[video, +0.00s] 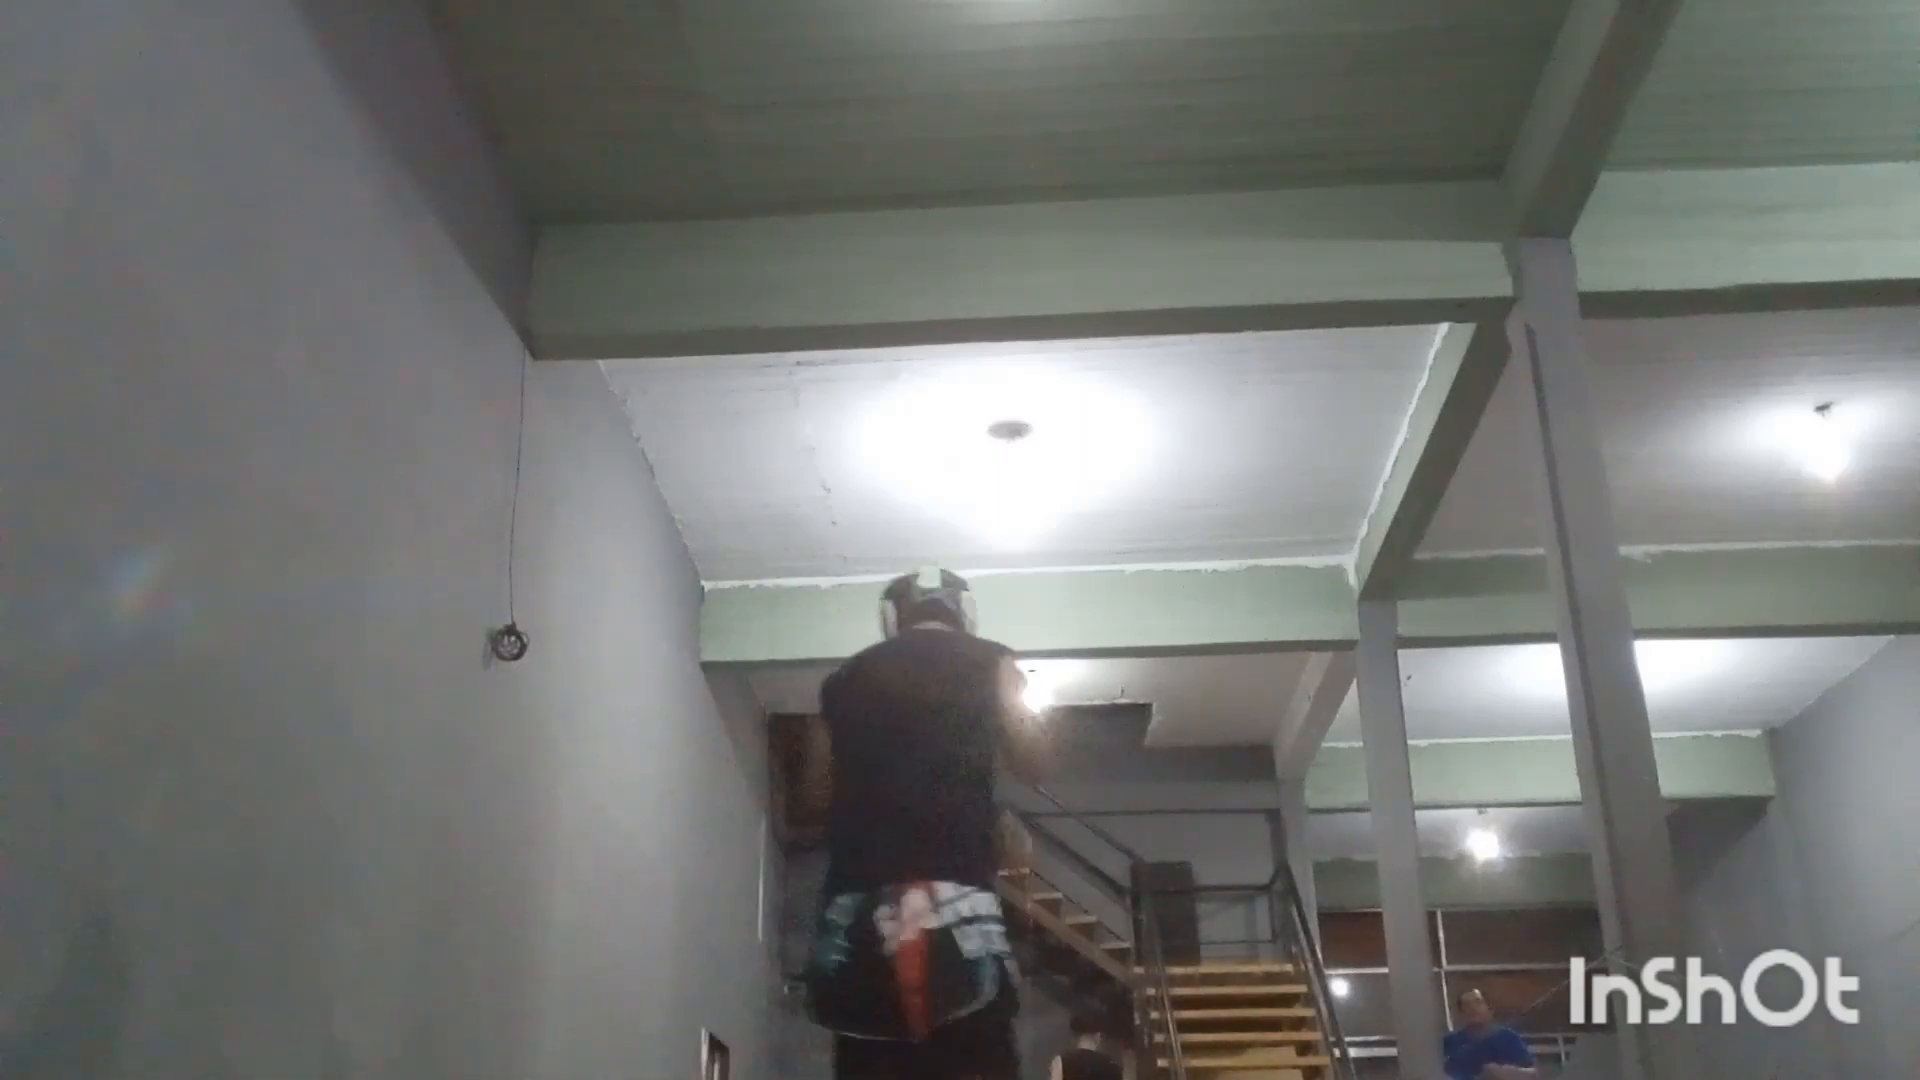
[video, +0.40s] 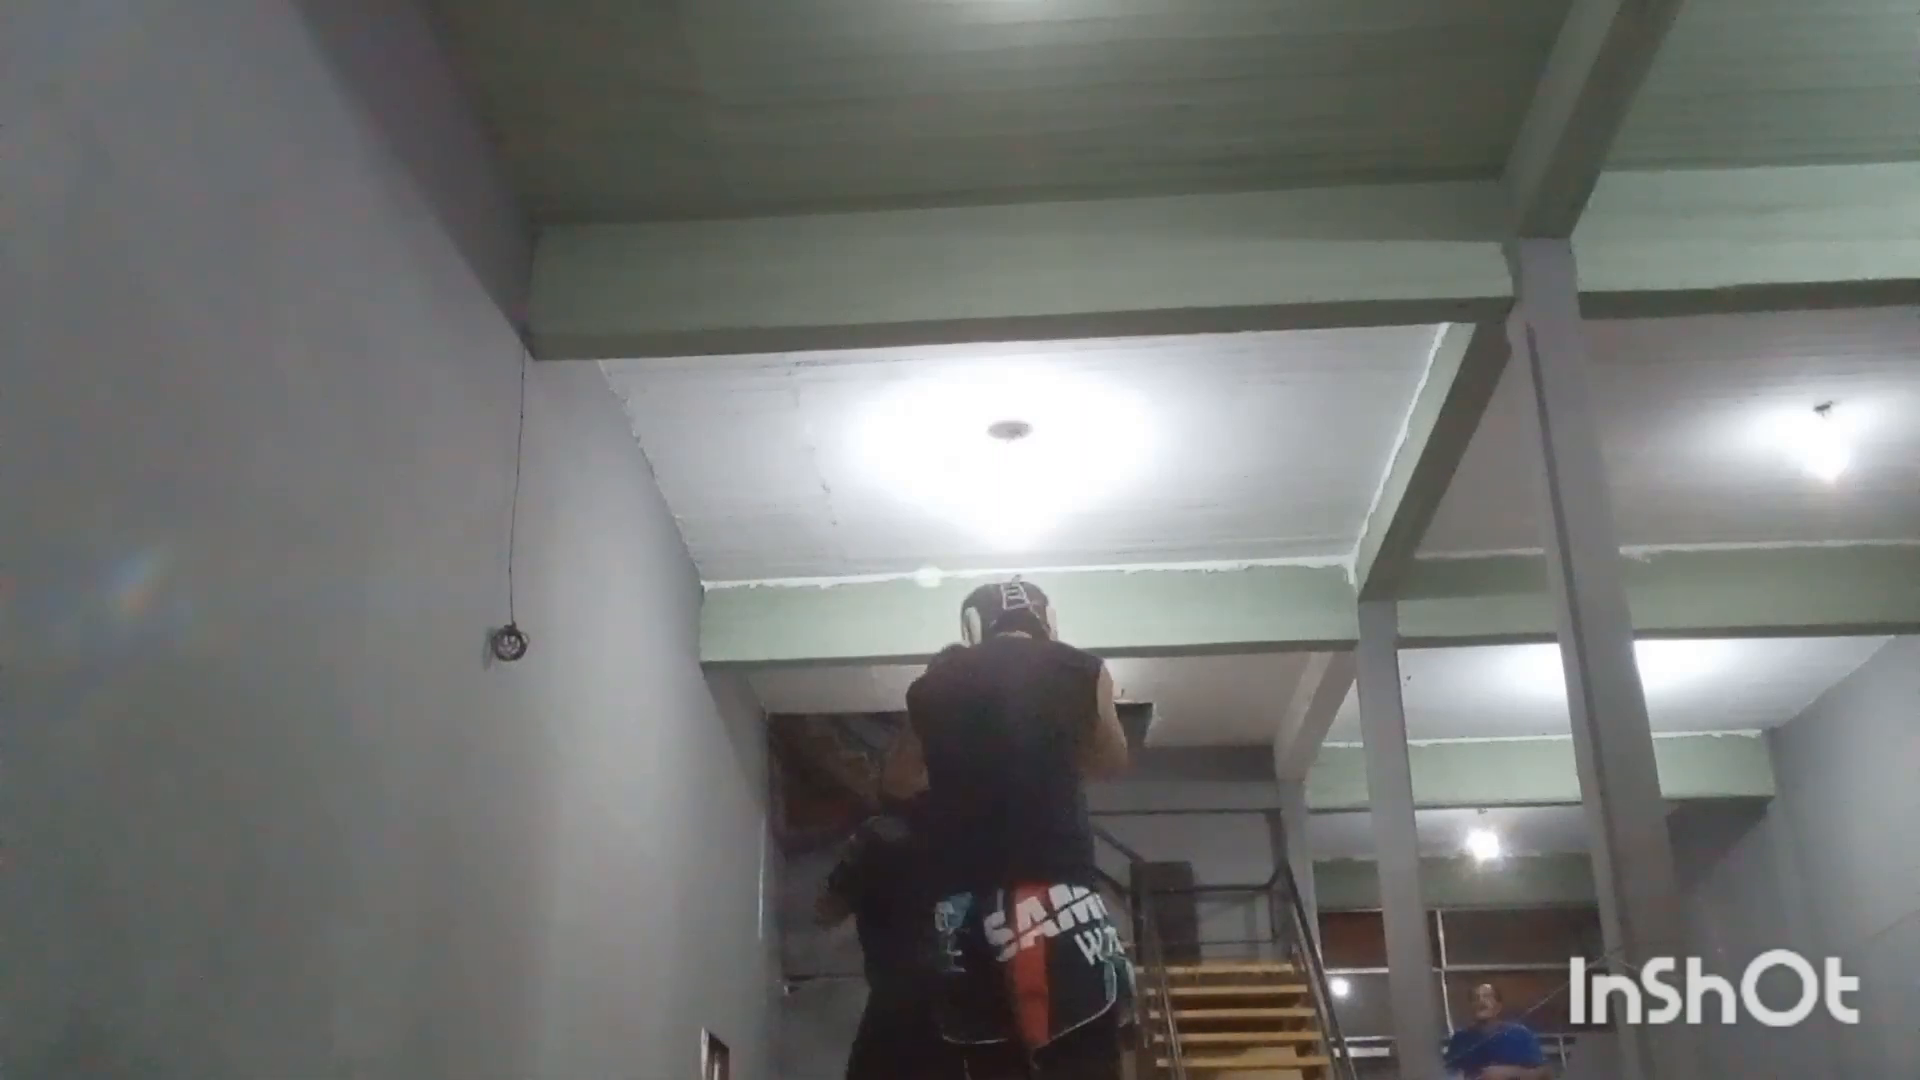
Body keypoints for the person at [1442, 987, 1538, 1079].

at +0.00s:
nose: (1474, 1009)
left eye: (1478, 1003)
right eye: (1467, 1005)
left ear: (1489, 1008)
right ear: (1461, 1013)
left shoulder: (1507, 1036)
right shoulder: (1452, 1041)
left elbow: (1532, 1072)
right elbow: (1449, 1072)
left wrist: (1499, 1071)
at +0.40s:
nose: (1481, 1002)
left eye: (1487, 997)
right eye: (1476, 998)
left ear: (1498, 1005)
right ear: (1470, 1005)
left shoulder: (1519, 1033)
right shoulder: (1460, 1038)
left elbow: (1544, 1071)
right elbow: (1451, 1072)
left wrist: (1504, 1072)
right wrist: (1460, 1075)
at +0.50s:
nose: (1486, 998)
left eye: (1493, 994)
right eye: (1482, 993)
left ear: (1506, 1003)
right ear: (1477, 999)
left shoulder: (1524, 1030)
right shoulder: (1468, 1034)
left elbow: (1548, 1070)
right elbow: (1454, 1070)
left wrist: (1508, 1069)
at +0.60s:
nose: (1489, 995)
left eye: (1496, 991)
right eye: (1486, 990)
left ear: (1509, 999)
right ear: (1481, 995)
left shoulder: (1528, 1027)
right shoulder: (1473, 1030)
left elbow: (1547, 1069)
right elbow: (1456, 1068)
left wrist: (1505, 1068)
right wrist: (1479, 1073)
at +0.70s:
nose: (1490, 995)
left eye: (1498, 991)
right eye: (1486, 990)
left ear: (1510, 997)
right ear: (1482, 994)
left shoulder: (1527, 1025)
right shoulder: (1475, 1029)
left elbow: (1546, 1066)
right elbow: (1467, 1065)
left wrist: (1501, 1068)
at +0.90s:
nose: (1489, 994)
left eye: (1497, 990)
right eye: (1487, 988)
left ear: (1511, 995)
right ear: (1482, 991)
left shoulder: (1526, 1024)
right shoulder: (1480, 1024)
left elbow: (1543, 1064)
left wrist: (1489, 1065)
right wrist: (1463, 1059)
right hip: (1482, 1076)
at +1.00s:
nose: (1489, 992)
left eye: (1497, 988)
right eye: (1487, 987)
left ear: (1511, 995)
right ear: (1482, 990)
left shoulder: (1525, 1024)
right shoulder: (1481, 1024)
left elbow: (1523, 1065)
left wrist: (1470, 1055)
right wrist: (1455, 1052)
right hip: (1481, 1075)